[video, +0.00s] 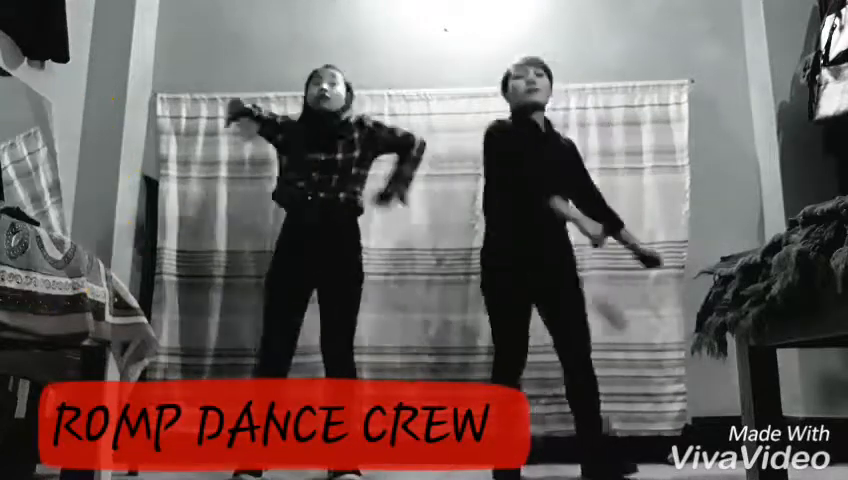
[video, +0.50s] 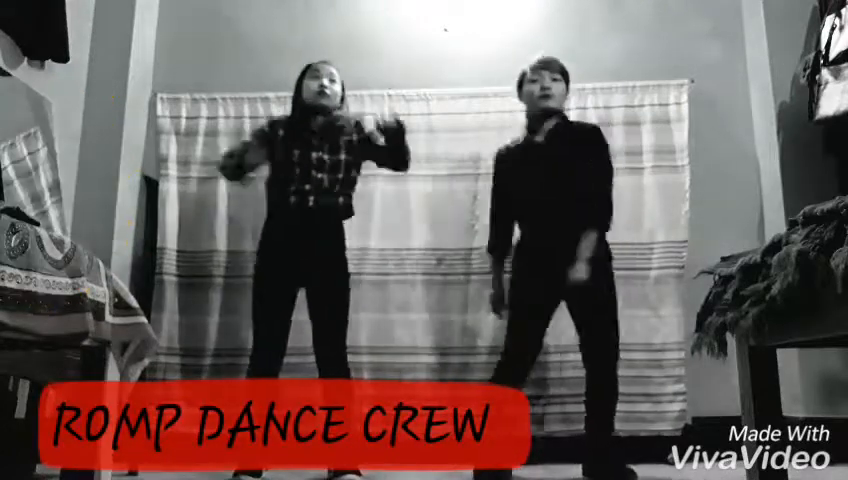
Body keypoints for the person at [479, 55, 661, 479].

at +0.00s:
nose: (530, 80)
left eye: (539, 75)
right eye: (519, 76)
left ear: (551, 90)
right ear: (506, 93)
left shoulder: (562, 148)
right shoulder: (500, 135)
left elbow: (591, 198)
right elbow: (525, 189)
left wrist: (634, 245)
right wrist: (576, 218)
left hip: (553, 262)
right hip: (505, 264)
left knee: (576, 356)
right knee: (509, 360)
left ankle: (595, 456)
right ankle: (500, 459)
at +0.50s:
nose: (544, 84)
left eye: (554, 79)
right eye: (534, 79)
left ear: (567, 93)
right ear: (521, 95)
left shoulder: (587, 136)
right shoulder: (510, 156)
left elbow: (599, 201)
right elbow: (500, 221)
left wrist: (584, 256)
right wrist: (497, 278)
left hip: (587, 260)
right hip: (535, 264)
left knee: (601, 360)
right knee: (515, 361)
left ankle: (600, 459)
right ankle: (486, 456)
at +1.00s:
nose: (571, 85)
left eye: (571, 79)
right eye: (562, 77)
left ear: (540, 90)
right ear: (536, 84)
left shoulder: (525, 131)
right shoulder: (541, 129)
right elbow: (566, 193)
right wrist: (611, 240)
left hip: (508, 260)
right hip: (536, 262)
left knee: (512, 353)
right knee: (573, 350)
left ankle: (482, 448)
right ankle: (583, 453)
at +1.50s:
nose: (581, 81)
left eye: (579, 73)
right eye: (573, 73)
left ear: (549, 82)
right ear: (547, 81)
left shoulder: (541, 128)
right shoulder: (556, 129)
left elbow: (541, 199)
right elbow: (557, 198)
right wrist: (563, 257)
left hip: (517, 263)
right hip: (534, 263)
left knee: (555, 358)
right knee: (587, 351)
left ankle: (499, 442)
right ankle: (583, 458)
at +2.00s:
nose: (562, 70)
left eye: (567, 65)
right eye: (550, 63)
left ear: (571, 77)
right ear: (526, 74)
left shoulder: (576, 133)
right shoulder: (514, 123)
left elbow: (592, 193)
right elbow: (518, 188)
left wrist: (594, 244)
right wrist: (543, 241)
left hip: (573, 258)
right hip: (526, 255)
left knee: (572, 358)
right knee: (527, 353)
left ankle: (579, 452)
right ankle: (505, 452)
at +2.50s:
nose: (527, 83)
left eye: (534, 73)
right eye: (527, 76)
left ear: (563, 73)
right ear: (558, 77)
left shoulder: (584, 117)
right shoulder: (556, 125)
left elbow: (577, 188)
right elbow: (546, 191)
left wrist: (551, 236)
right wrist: (534, 239)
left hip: (580, 259)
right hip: (558, 261)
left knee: (600, 356)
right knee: (530, 355)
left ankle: (637, 455)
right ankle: (511, 453)